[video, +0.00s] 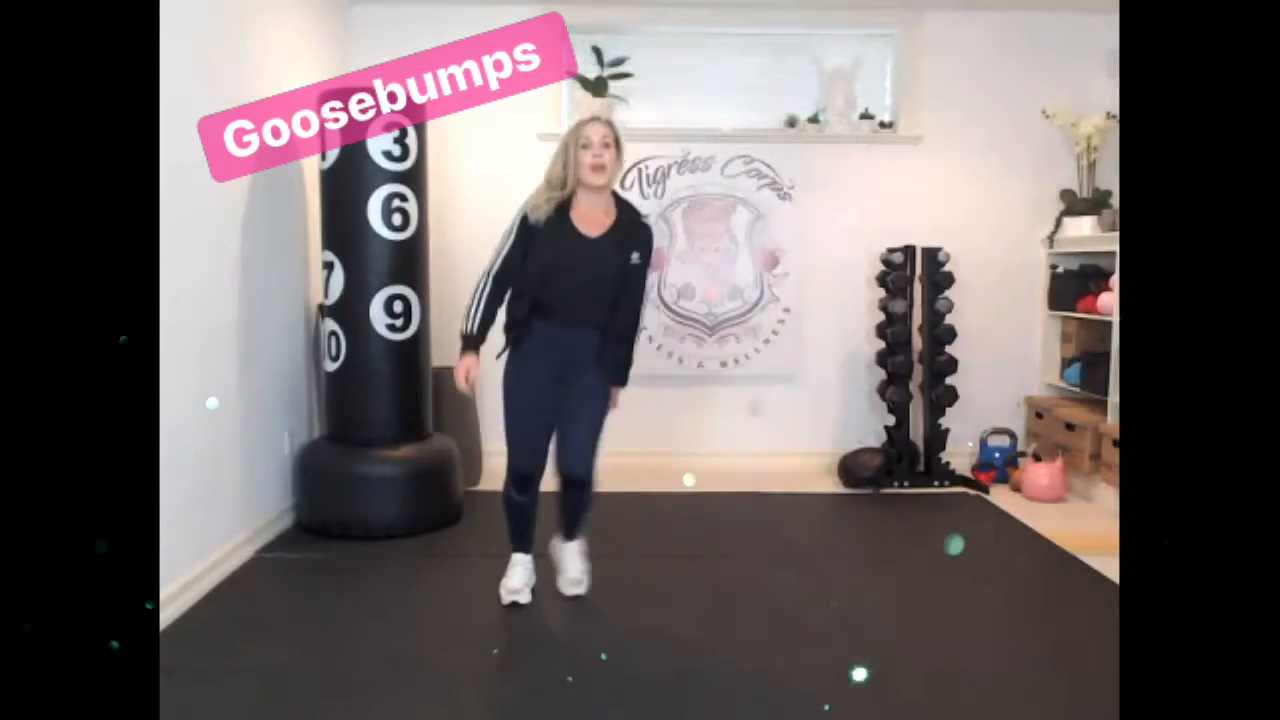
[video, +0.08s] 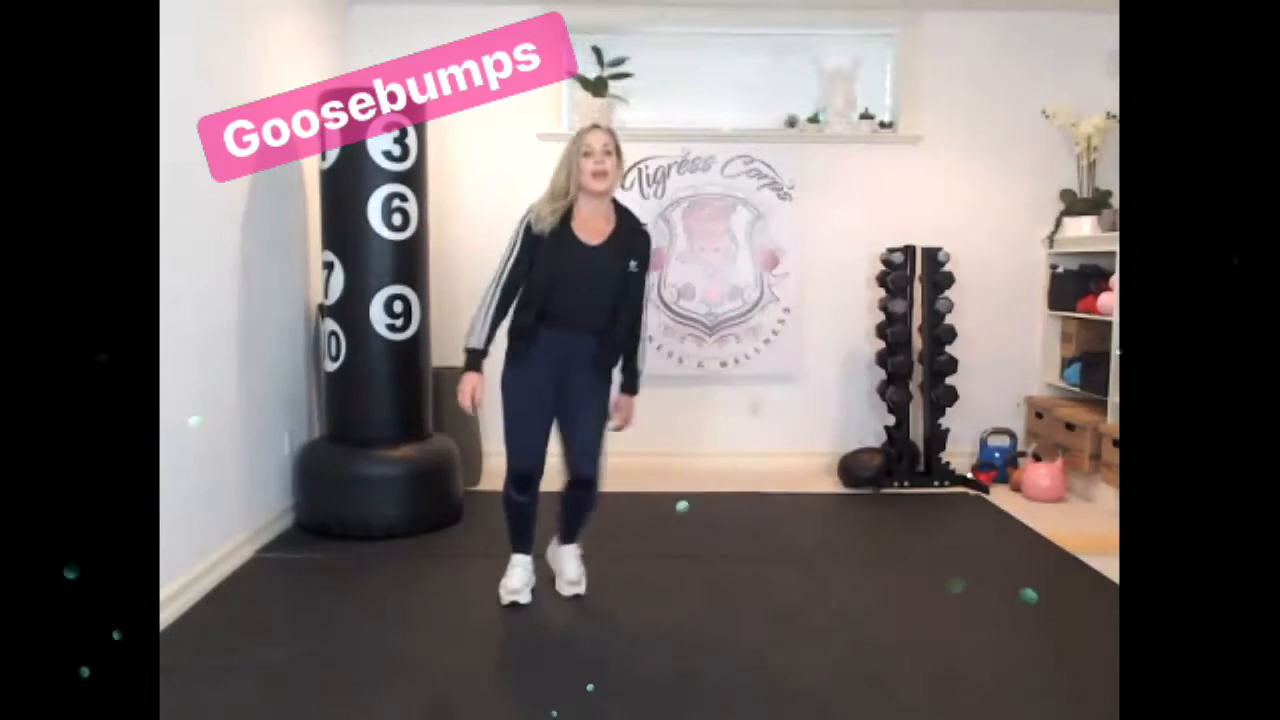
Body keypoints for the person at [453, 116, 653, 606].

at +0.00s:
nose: (597, 156)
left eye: (606, 147)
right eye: (587, 147)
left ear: (618, 157)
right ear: (571, 156)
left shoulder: (635, 229)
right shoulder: (540, 213)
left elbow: (630, 308)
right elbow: (497, 278)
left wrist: (617, 377)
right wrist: (471, 345)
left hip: (592, 360)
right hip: (532, 352)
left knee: (577, 467)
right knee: (525, 466)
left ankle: (570, 543)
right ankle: (520, 558)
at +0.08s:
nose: (599, 163)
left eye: (607, 155)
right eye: (589, 155)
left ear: (619, 165)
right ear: (573, 165)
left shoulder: (633, 235)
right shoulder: (542, 221)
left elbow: (633, 313)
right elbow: (502, 291)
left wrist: (628, 385)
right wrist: (473, 362)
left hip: (590, 366)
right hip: (530, 359)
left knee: (585, 471)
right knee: (524, 468)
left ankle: (567, 548)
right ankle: (520, 558)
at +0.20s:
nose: (609, 152)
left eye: (618, 144)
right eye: (599, 144)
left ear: (628, 155)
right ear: (581, 153)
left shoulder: (636, 225)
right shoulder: (546, 208)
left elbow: (642, 302)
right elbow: (510, 280)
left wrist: (650, 376)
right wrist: (490, 356)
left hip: (599, 350)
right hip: (540, 347)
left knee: (626, 447)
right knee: (532, 460)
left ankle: (599, 530)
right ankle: (521, 557)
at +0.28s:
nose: (620, 148)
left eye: (628, 140)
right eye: (611, 139)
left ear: (639, 151)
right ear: (592, 147)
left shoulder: (645, 218)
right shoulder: (556, 201)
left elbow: (655, 296)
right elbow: (523, 272)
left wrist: (672, 368)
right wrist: (509, 347)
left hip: (617, 341)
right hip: (554, 339)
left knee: (657, 439)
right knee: (539, 456)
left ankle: (657, 527)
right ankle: (522, 558)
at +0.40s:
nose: (632, 156)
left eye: (641, 149)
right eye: (623, 147)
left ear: (650, 160)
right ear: (605, 154)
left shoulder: (659, 227)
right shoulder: (568, 211)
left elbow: (671, 302)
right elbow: (534, 280)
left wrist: (695, 371)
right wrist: (527, 354)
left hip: (634, 349)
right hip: (570, 348)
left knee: (676, 449)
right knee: (545, 459)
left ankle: (716, 536)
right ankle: (522, 558)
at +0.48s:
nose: (650, 171)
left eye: (658, 164)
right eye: (641, 163)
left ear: (668, 174)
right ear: (623, 171)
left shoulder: (680, 239)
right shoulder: (593, 231)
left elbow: (699, 311)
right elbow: (562, 298)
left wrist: (721, 382)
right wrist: (545, 367)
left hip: (660, 364)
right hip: (597, 363)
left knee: (695, 462)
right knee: (559, 467)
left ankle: (736, 546)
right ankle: (522, 558)